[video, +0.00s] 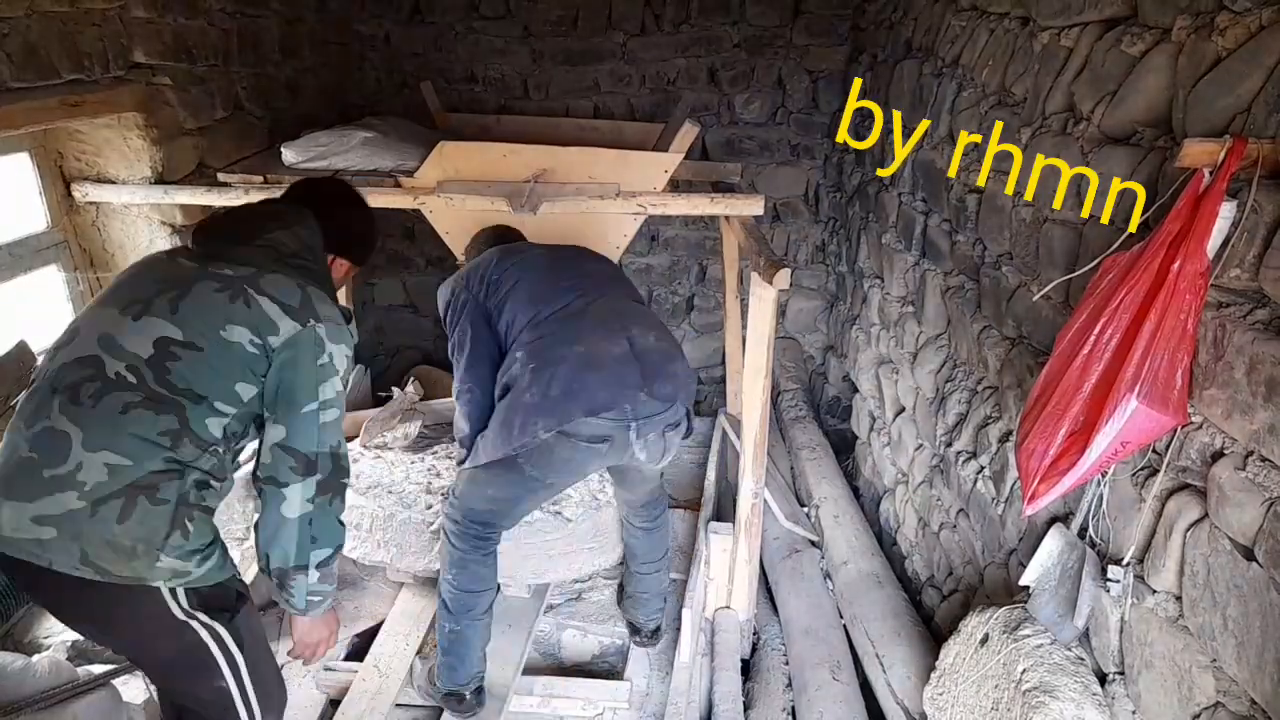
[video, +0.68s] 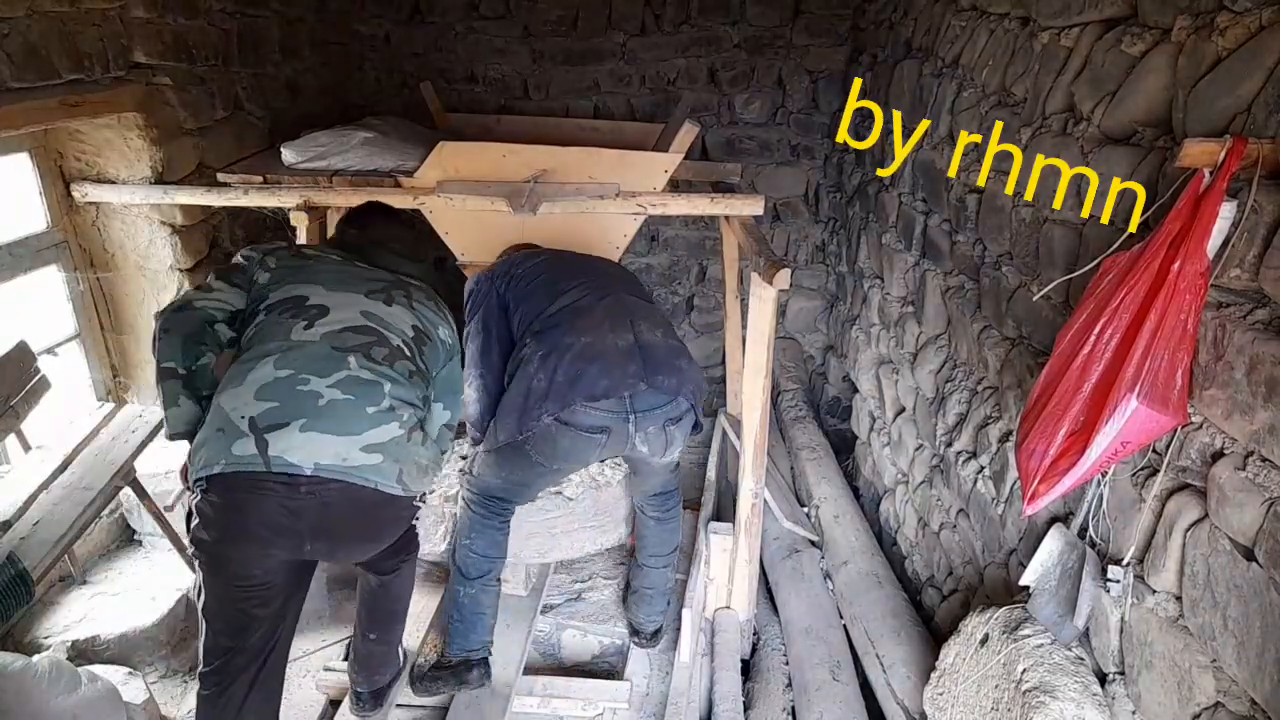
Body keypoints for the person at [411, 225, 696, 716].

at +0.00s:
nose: (464, 279)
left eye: (464, 270)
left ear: (475, 261)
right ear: (525, 244)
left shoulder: (471, 281)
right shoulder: (588, 258)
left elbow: (475, 388)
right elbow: (639, 329)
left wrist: (473, 466)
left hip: (570, 413)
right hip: (662, 408)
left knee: (472, 519)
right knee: (646, 506)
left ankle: (459, 682)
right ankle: (648, 620)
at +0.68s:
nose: (478, 280)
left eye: (485, 272)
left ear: (501, 264)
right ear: (548, 253)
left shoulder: (491, 281)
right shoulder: (608, 268)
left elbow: (481, 384)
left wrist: (482, 443)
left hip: (575, 407)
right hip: (665, 408)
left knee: (487, 499)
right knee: (657, 499)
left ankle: (465, 655)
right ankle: (649, 621)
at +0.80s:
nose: (469, 276)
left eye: (471, 269)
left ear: (494, 249)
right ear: (549, 236)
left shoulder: (489, 269)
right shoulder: (611, 250)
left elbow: (488, 385)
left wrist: (494, 482)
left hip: (583, 418)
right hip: (669, 410)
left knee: (554, 568)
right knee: (653, 513)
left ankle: (594, 711)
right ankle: (649, 619)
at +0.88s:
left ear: (527, 201)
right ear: (606, 195)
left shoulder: (477, 273)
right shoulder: (670, 253)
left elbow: (471, 431)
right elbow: (723, 375)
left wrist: (509, 478)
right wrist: (736, 485)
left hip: (549, 527)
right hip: (659, 520)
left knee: (554, 668)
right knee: (641, 623)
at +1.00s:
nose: (603, 193)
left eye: (598, 179)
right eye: (594, 184)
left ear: (626, 146)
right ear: (663, 128)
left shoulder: (637, 197)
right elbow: (881, 266)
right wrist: (798, 304)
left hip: (738, 469)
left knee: (661, 639)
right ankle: (797, 712)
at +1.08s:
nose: (670, 164)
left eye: (664, 145)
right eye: (662, 149)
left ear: (686, 127)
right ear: (730, 95)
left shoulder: (703, 201)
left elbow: (734, 349)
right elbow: (918, 243)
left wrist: (724, 475)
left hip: (783, 442)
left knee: (772, 570)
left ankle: (770, 691)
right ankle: (820, 711)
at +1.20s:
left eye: (765, 64)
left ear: (782, 48)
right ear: (852, 40)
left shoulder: (792, 83)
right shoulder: (909, 94)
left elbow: (776, 170)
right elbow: (937, 202)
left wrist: (764, 254)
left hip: (838, 322)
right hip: (918, 315)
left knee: (832, 490)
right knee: (881, 416)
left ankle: (846, 622)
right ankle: (884, 528)